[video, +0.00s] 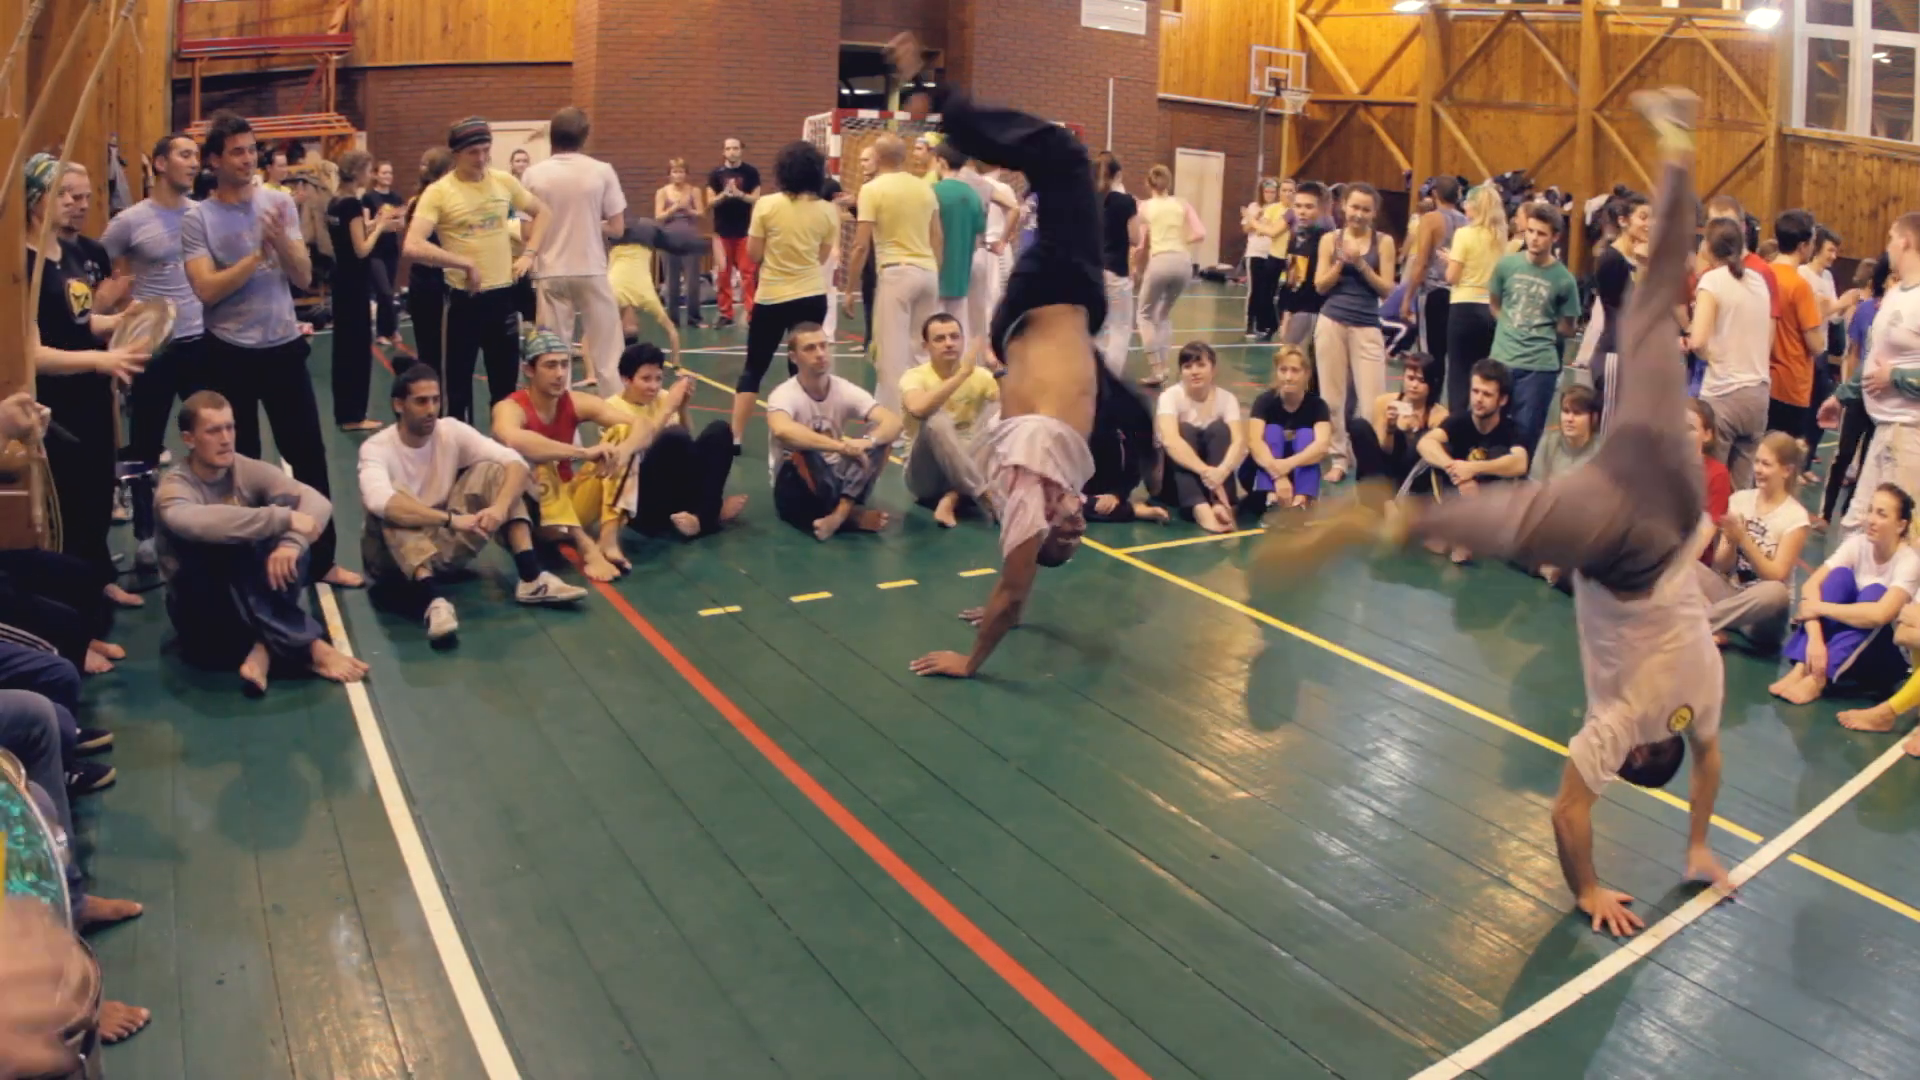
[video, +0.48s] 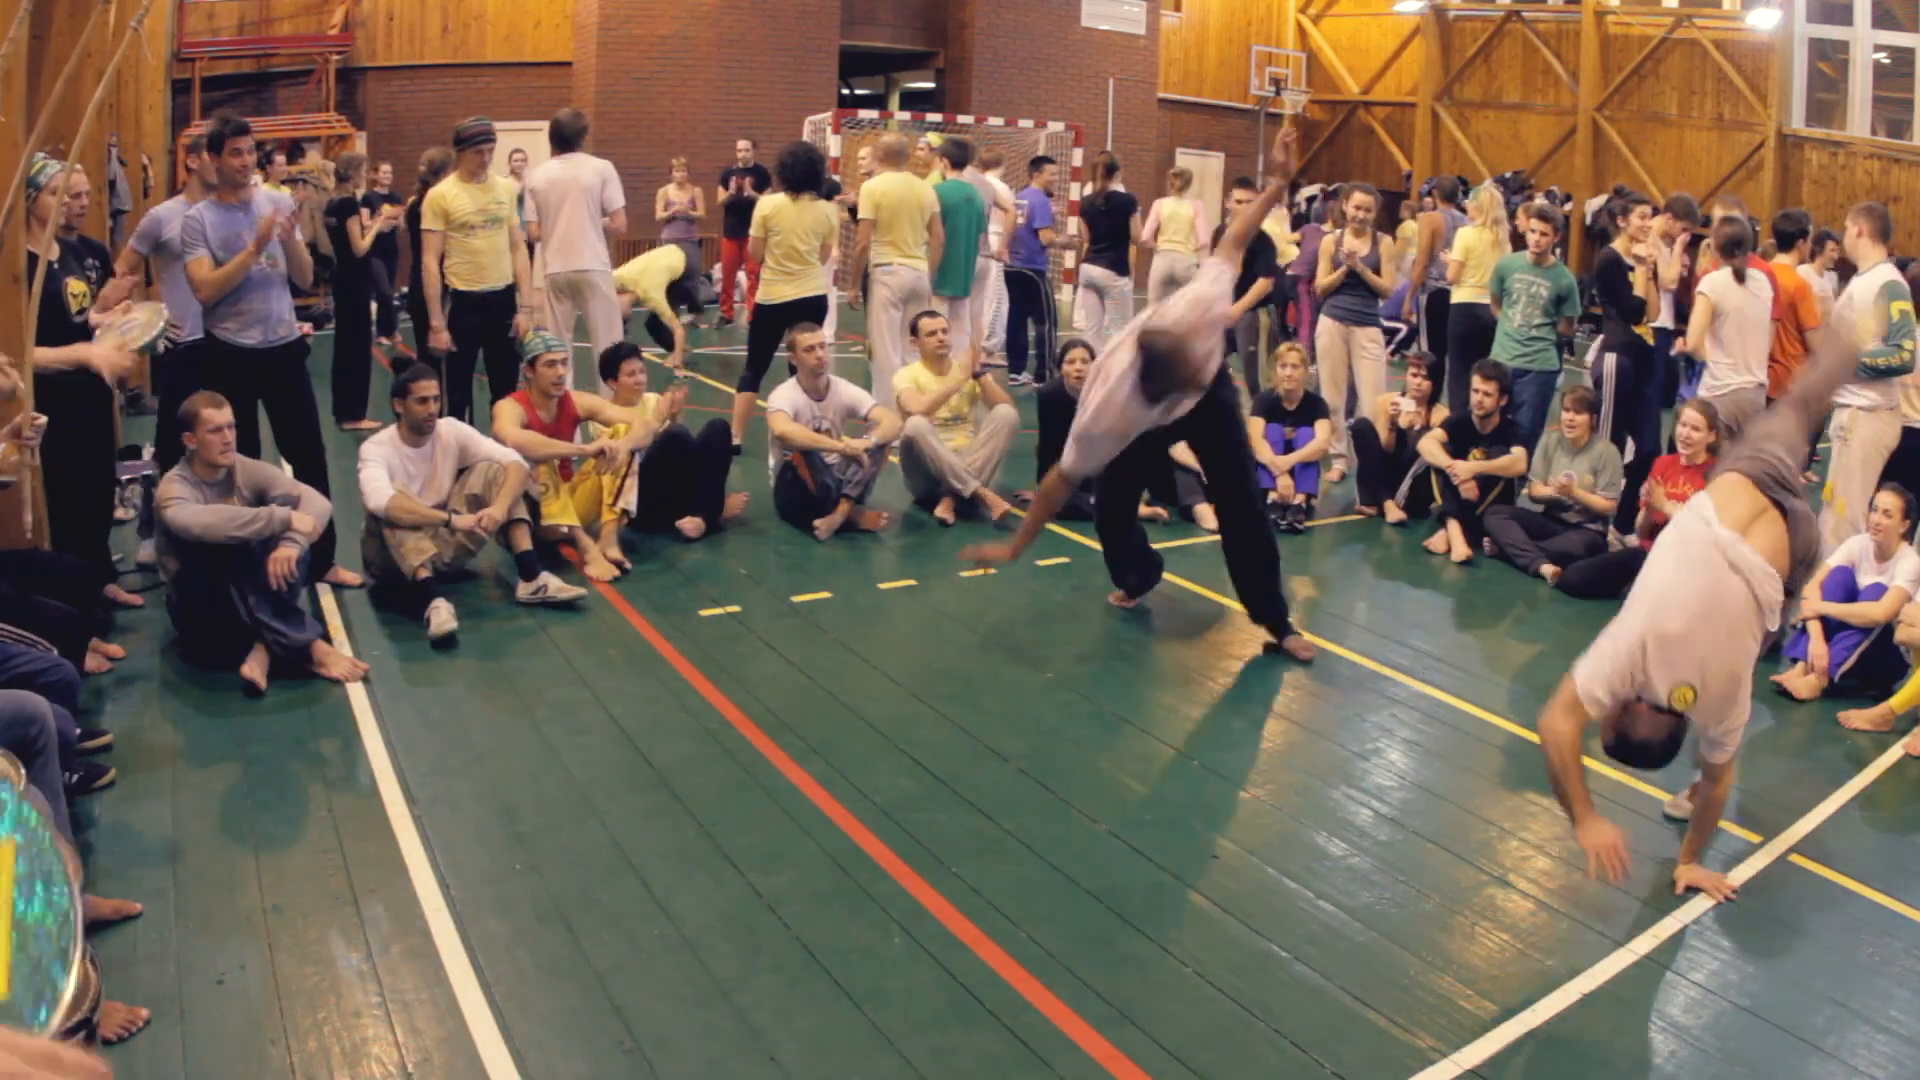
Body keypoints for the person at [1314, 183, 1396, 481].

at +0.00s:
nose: (1359, 214)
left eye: (1365, 210)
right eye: (1355, 207)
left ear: (1374, 213)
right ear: (1344, 207)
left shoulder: (1383, 242)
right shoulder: (1329, 239)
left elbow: (1386, 288)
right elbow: (1321, 285)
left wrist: (1362, 265)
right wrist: (1339, 263)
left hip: (1367, 323)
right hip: (1331, 320)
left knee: (1371, 396)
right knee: (1333, 396)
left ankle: (1371, 459)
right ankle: (1339, 457)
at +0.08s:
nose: (1360, 214)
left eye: (1366, 210)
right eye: (1355, 208)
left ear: (1374, 213)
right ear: (1345, 207)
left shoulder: (1383, 243)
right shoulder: (1329, 240)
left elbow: (1386, 287)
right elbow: (1322, 285)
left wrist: (1359, 265)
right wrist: (1345, 266)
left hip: (1366, 324)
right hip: (1330, 321)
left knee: (1371, 397)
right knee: (1333, 396)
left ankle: (1369, 461)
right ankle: (1338, 457)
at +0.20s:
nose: (1360, 215)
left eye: (1367, 210)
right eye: (1356, 208)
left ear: (1375, 214)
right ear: (1345, 208)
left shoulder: (1384, 243)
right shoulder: (1330, 240)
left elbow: (1387, 288)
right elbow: (1320, 286)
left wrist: (1362, 268)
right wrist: (1342, 268)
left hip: (1367, 323)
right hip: (1331, 320)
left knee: (1371, 396)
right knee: (1332, 395)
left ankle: (1370, 460)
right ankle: (1338, 456)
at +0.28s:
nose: (1361, 215)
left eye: (1367, 210)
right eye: (1356, 208)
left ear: (1375, 214)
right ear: (1345, 208)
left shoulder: (1384, 243)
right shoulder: (1330, 240)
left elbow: (1387, 289)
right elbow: (1320, 286)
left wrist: (1361, 266)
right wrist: (1338, 264)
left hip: (1367, 323)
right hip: (1332, 320)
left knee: (1371, 397)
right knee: (1333, 396)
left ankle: (1369, 461)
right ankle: (1338, 457)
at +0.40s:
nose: (1361, 215)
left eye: (1367, 210)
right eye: (1357, 208)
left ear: (1375, 214)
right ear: (1345, 207)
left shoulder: (1384, 243)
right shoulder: (1330, 240)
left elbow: (1387, 289)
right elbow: (1321, 285)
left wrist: (1360, 267)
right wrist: (1342, 267)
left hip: (1367, 323)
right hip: (1332, 320)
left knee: (1371, 396)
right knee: (1333, 394)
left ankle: (1371, 461)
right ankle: (1338, 457)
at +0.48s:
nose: (1361, 215)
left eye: (1367, 210)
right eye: (1357, 208)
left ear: (1375, 214)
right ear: (1345, 207)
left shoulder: (1384, 243)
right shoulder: (1330, 240)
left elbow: (1387, 288)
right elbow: (1320, 287)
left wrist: (1359, 267)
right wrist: (1345, 268)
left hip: (1367, 323)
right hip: (1332, 320)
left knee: (1371, 396)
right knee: (1333, 395)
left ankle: (1370, 460)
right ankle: (1338, 456)